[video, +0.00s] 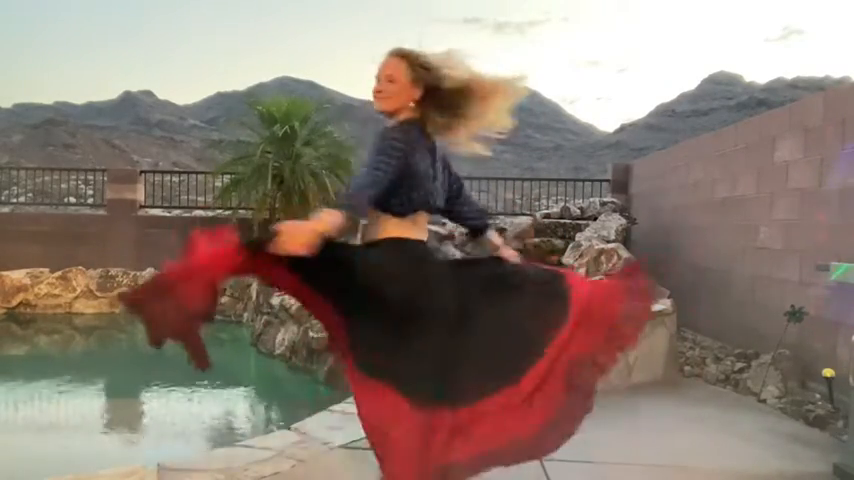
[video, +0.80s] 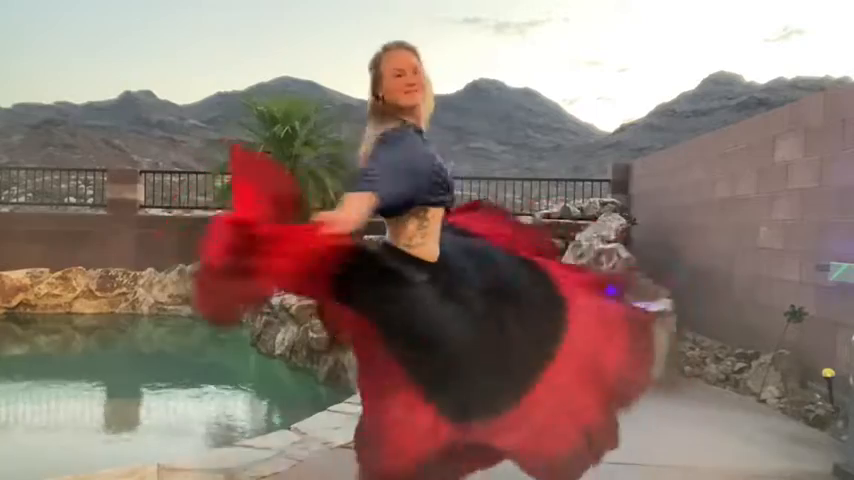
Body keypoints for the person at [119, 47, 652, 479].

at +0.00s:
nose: (377, 88)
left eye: (389, 81)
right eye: (380, 79)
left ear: (416, 93)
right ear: (413, 93)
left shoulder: (396, 136)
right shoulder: (426, 146)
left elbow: (365, 192)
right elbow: (459, 201)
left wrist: (317, 226)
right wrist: (500, 243)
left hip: (386, 264)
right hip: (416, 262)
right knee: (418, 378)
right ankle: (420, 463)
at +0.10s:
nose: (389, 89)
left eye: (400, 82)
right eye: (384, 82)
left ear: (424, 92)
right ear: (381, 89)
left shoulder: (416, 141)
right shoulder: (399, 137)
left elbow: (422, 201)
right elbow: (412, 200)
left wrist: (405, 238)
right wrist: (454, 238)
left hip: (410, 261)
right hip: (397, 257)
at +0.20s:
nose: (400, 80)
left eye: (410, 73)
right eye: (393, 74)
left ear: (428, 84)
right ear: (383, 85)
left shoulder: (428, 137)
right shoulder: (392, 137)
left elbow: (462, 184)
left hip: (426, 266)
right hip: (393, 265)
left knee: (423, 384)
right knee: (387, 385)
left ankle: (430, 466)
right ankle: (407, 466)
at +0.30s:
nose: (403, 74)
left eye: (412, 67)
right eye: (395, 68)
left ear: (430, 76)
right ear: (383, 78)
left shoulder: (440, 134)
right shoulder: (378, 134)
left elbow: (492, 178)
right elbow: (361, 181)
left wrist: (549, 212)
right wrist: (342, 201)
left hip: (419, 252)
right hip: (379, 251)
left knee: (410, 360)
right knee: (389, 357)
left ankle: (415, 462)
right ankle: (410, 460)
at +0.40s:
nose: (405, 72)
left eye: (413, 64)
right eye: (396, 66)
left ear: (428, 74)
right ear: (384, 76)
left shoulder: (449, 132)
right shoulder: (368, 134)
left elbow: (496, 173)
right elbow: (329, 171)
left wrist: (555, 201)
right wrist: (289, 191)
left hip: (433, 253)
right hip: (379, 254)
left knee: (427, 354)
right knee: (385, 354)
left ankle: (422, 453)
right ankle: (394, 453)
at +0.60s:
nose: (403, 80)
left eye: (412, 72)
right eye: (394, 73)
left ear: (430, 81)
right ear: (381, 84)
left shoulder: (443, 141)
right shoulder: (373, 141)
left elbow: (473, 184)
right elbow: (311, 172)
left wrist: (512, 206)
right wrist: (243, 196)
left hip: (443, 256)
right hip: (395, 259)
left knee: (432, 358)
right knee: (399, 361)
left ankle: (417, 453)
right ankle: (405, 460)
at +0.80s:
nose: (408, 79)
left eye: (415, 71)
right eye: (396, 73)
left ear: (425, 81)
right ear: (378, 89)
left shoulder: (411, 137)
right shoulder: (393, 145)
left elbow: (409, 208)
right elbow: (352, 211)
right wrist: (295, 242)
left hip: (415, 272)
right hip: (402, 280)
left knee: (402, 396)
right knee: (403, 401)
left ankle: (398, 465)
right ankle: (394, 469)